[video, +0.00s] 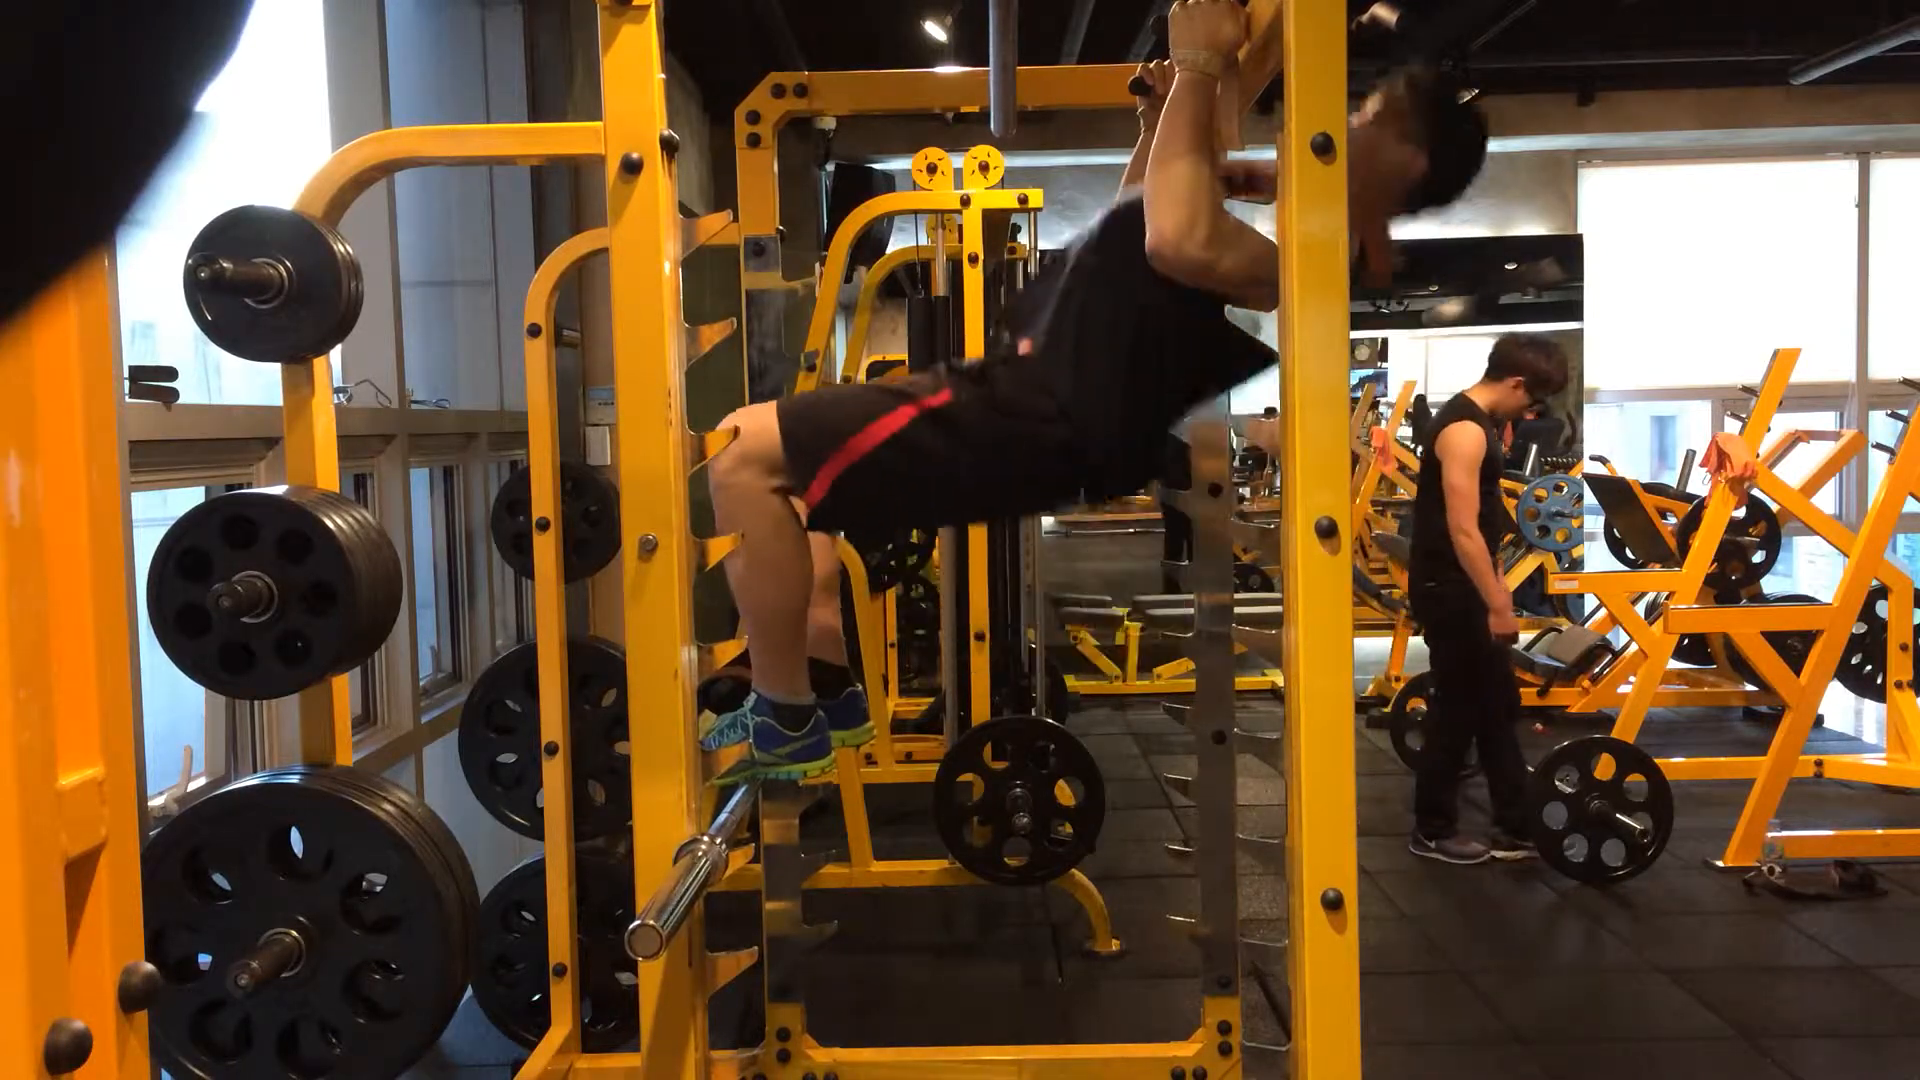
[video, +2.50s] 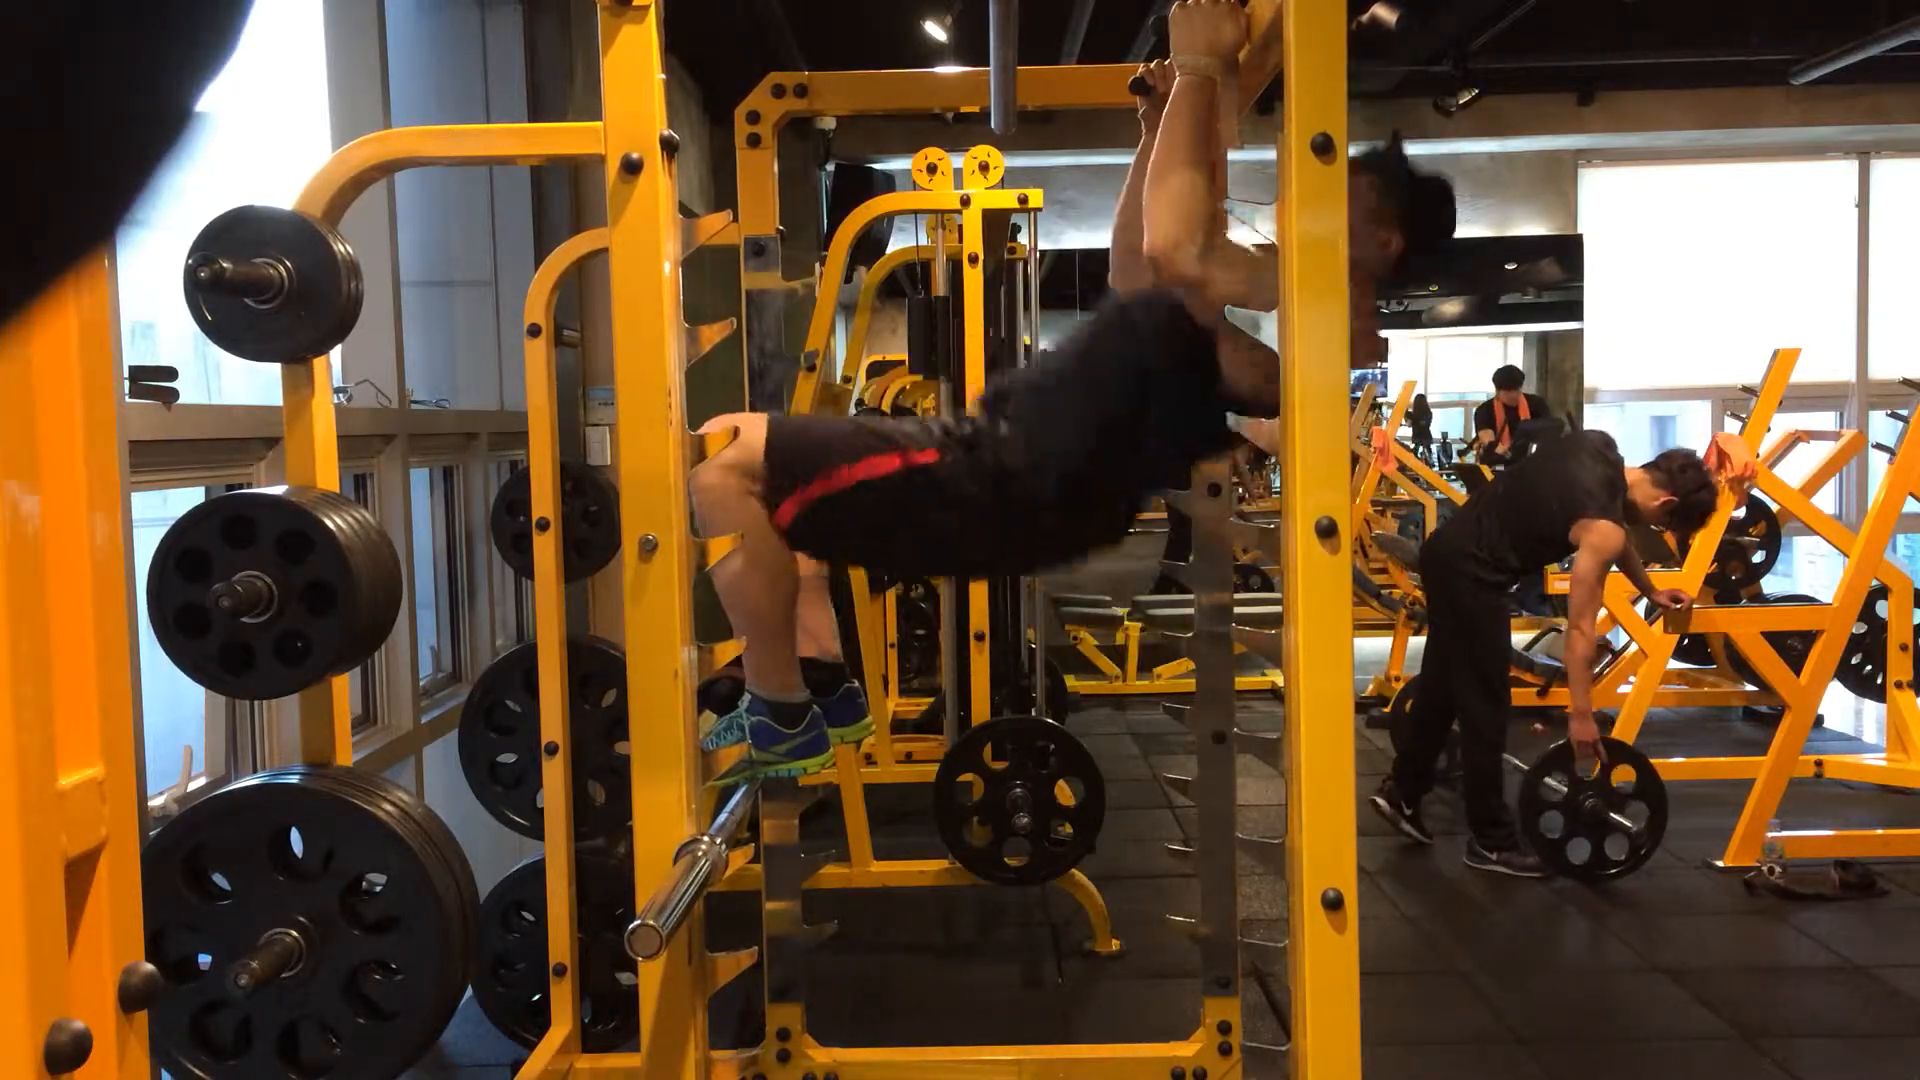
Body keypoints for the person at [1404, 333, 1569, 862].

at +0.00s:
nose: (1530, 411)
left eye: (1535, 403)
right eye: (1532, 400)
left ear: (1509, 382)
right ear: (1513, 383)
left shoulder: (1474, 423)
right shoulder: (1463, 430)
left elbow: (1472, 526)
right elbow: (1462, 531)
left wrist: (1495, 592)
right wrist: (1499, 603)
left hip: (1465, 588)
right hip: (1450, 591)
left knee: (1496, 706)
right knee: (1457, 709)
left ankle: (1515, 824)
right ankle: (1432, 830)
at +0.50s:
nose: (1599, 421)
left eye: (1605, 413)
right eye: (1603, 410)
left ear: (1583, 388)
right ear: (1585, 389)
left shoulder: (1540, 429)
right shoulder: (1523, 435)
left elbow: (1538, 524)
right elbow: (1520, 541)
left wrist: (1589, 557)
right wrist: (1562, 614)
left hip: (1499, 576)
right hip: (1484, 580)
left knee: (1521, 702)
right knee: (1519, 704)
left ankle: (1504, 828)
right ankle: (1492, 837)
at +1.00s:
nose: (1656, 503)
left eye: (1666, 498)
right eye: (1665, 496)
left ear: (1653, 461)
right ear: (1656, 471)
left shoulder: (1597, 447)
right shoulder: (1593, 502)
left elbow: (1609, 541)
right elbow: (1575, 604)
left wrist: (1651, 589)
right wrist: (1589, 685)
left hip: (1479, 559)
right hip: (1481, 573)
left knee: (1505, 702)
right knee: (1504, 708)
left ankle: (1502, 821)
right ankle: (1494, 838)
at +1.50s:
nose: (1675, 534)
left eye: (1682, 532)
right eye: (1683, 529)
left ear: (1677, 478)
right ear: (1683, 507)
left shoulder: (1620, 447)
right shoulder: (1624, 533)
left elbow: (1623, 540)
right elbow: (1601, 633)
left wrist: (1653, 591)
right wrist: (1606, 719)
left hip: (1465, 544)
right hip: (1492, 572)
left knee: (1441, 672)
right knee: (1498, 708)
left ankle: (1389, 775)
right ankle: (1492, 839)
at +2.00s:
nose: (1659, 524)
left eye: (1666, 522)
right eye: (1667, 519)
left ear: (1655, 467)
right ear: (1667, 494)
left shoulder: (1599, 443)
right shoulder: (1609, 520)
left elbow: (1615, 529)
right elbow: (1592, 625)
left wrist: (1649, 588)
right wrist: (1602, 709)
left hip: (1453, 556)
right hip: (1482, 579)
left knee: (1450, 686)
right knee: (1493, 708)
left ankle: (1406, 793)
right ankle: (1491, 838)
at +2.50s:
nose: (1655, 528)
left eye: (1662, 526)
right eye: (1663, 523)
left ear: (1647, 466)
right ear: (1663, 501)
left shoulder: (1596, 445)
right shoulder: (1602, 526)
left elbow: (1611, 533)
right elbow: (1580, 630)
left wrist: (1649, 589)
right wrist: (1581, 714)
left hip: (1448, 552)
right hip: (1474, 578)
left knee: (1441, 685)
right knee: (1488, 706)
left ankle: (1402, 792)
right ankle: (1490, 837)